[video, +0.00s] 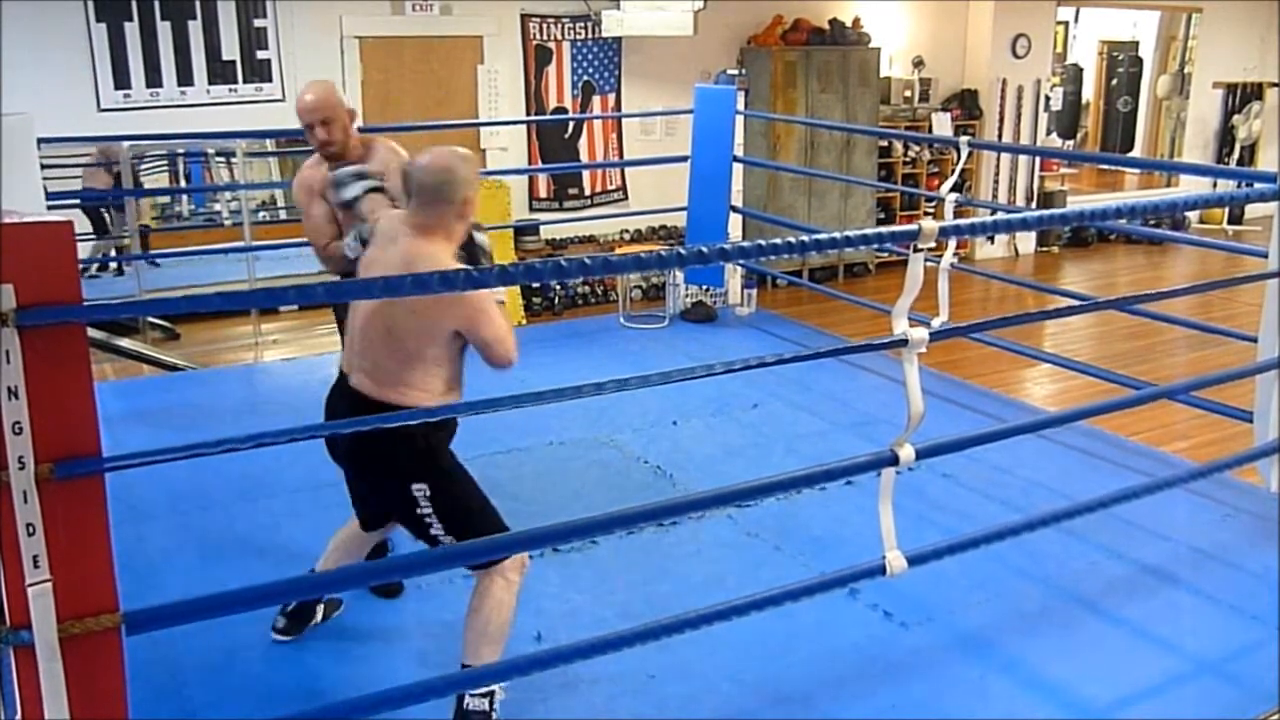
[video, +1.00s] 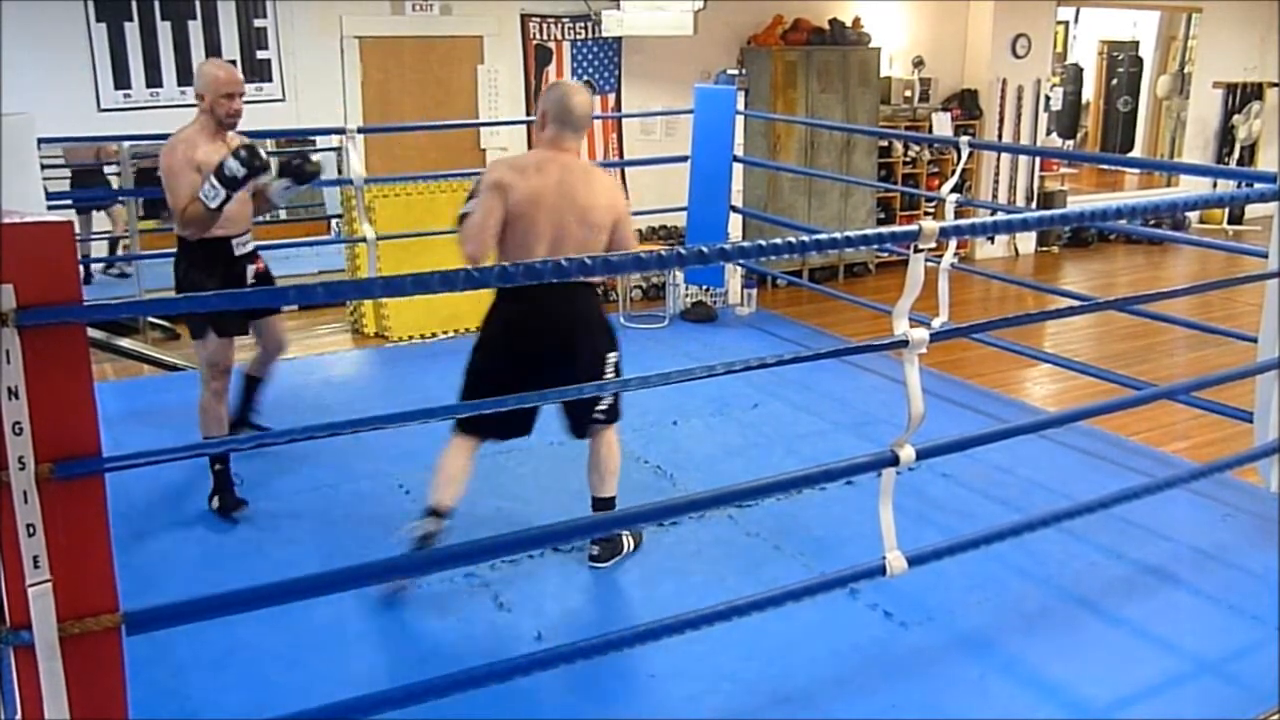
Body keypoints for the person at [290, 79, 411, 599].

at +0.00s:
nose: (318, 137)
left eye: (325, 124)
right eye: (308, 129)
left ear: (350, 115)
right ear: (302, 130)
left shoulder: (391, 155)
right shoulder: (308, 181)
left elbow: (421, 214)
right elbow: (330, 258)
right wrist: (362, 238)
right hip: (355, 301)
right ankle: (376, 543)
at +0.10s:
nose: (302, 143)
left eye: (310, 131)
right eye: (294, 134)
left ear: (338, 122)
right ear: (291, 137)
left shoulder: (375, 159)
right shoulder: (301, 180)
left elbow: (388, 226)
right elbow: (315, 259)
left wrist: (374, 182)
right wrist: (301, 206)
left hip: (395, 301)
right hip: (347, 304)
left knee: (390, 424)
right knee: (354, 423)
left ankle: (381, 538)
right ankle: (378, 540)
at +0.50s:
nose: (279, 117)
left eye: (287, 109)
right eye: (273, 109)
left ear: (311, 108)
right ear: (268, 110)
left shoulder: (344, 146)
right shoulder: (266, 158)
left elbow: (365, 210)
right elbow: (279, 216)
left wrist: (364, 165)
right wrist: (293, 167)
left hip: (354, 271)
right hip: (301, 276)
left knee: (383, 377)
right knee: (290, 396)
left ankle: (407, 479)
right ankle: (307, 516)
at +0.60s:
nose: (257, 114)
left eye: (266, 103)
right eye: (249, 106)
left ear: (287, 105)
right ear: (242, 111)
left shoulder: (314, 148)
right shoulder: (241, 156)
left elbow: (349, 195)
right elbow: (273, 184)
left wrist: (368, 162)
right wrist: (304, 141)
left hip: (331, 269)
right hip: (280, 277)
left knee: (371, 381)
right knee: (265, 403)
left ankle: (403, 479)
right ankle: (244, 495)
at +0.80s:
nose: (241, 120)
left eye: (247, 111)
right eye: (231, 113)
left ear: (255, 106)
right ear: (209, 112)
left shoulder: (270, 156)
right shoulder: (197, 160)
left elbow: (306, 209)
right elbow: (214, 209)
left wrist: (352, 193)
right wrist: (233, 160)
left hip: (276, 269)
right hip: (229, 276)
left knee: (327, 370)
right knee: (235, 394)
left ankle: (373, 467)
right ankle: (225, 491)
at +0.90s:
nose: (241, 104)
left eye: (245, 94)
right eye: (230, 96)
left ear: (249, 94)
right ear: (207, 99)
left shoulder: (252, 142)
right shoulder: (188, 146)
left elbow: (276, 202)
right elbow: (198, 216)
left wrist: (316, 183)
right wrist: (222, 171)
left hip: (257, 254)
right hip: (213, 261)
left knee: (305, 348)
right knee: (227, 378)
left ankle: (307, 445)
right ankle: (225, 487)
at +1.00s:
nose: (238, 106)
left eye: (241, 96)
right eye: (229, 98)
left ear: (242, 96)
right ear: (202, 100)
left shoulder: (239, 143)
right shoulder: (179, 150)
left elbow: (253, 206)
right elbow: (188, 224)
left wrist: (286, 183)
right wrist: (224, 183)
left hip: (244, 253)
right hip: (202, 262)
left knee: (273, 343)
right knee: (217, 374)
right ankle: (222, 484)